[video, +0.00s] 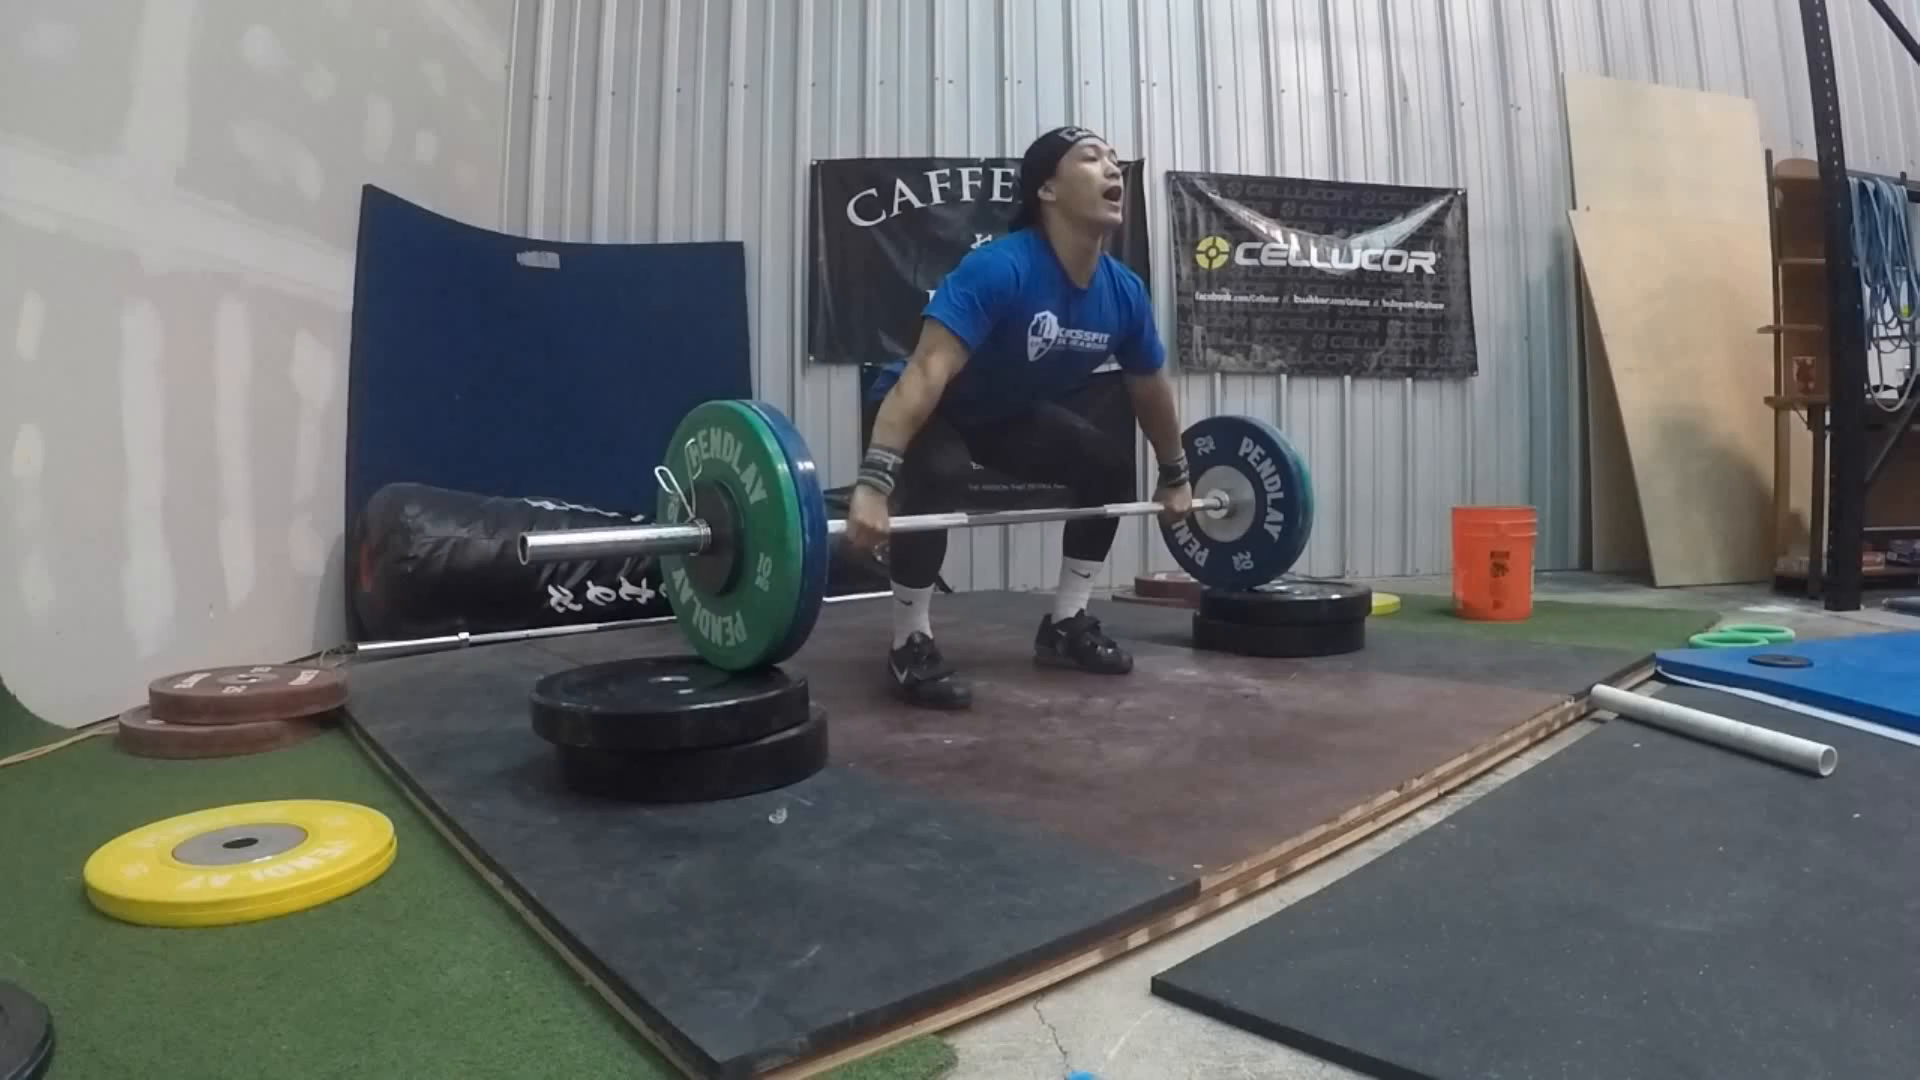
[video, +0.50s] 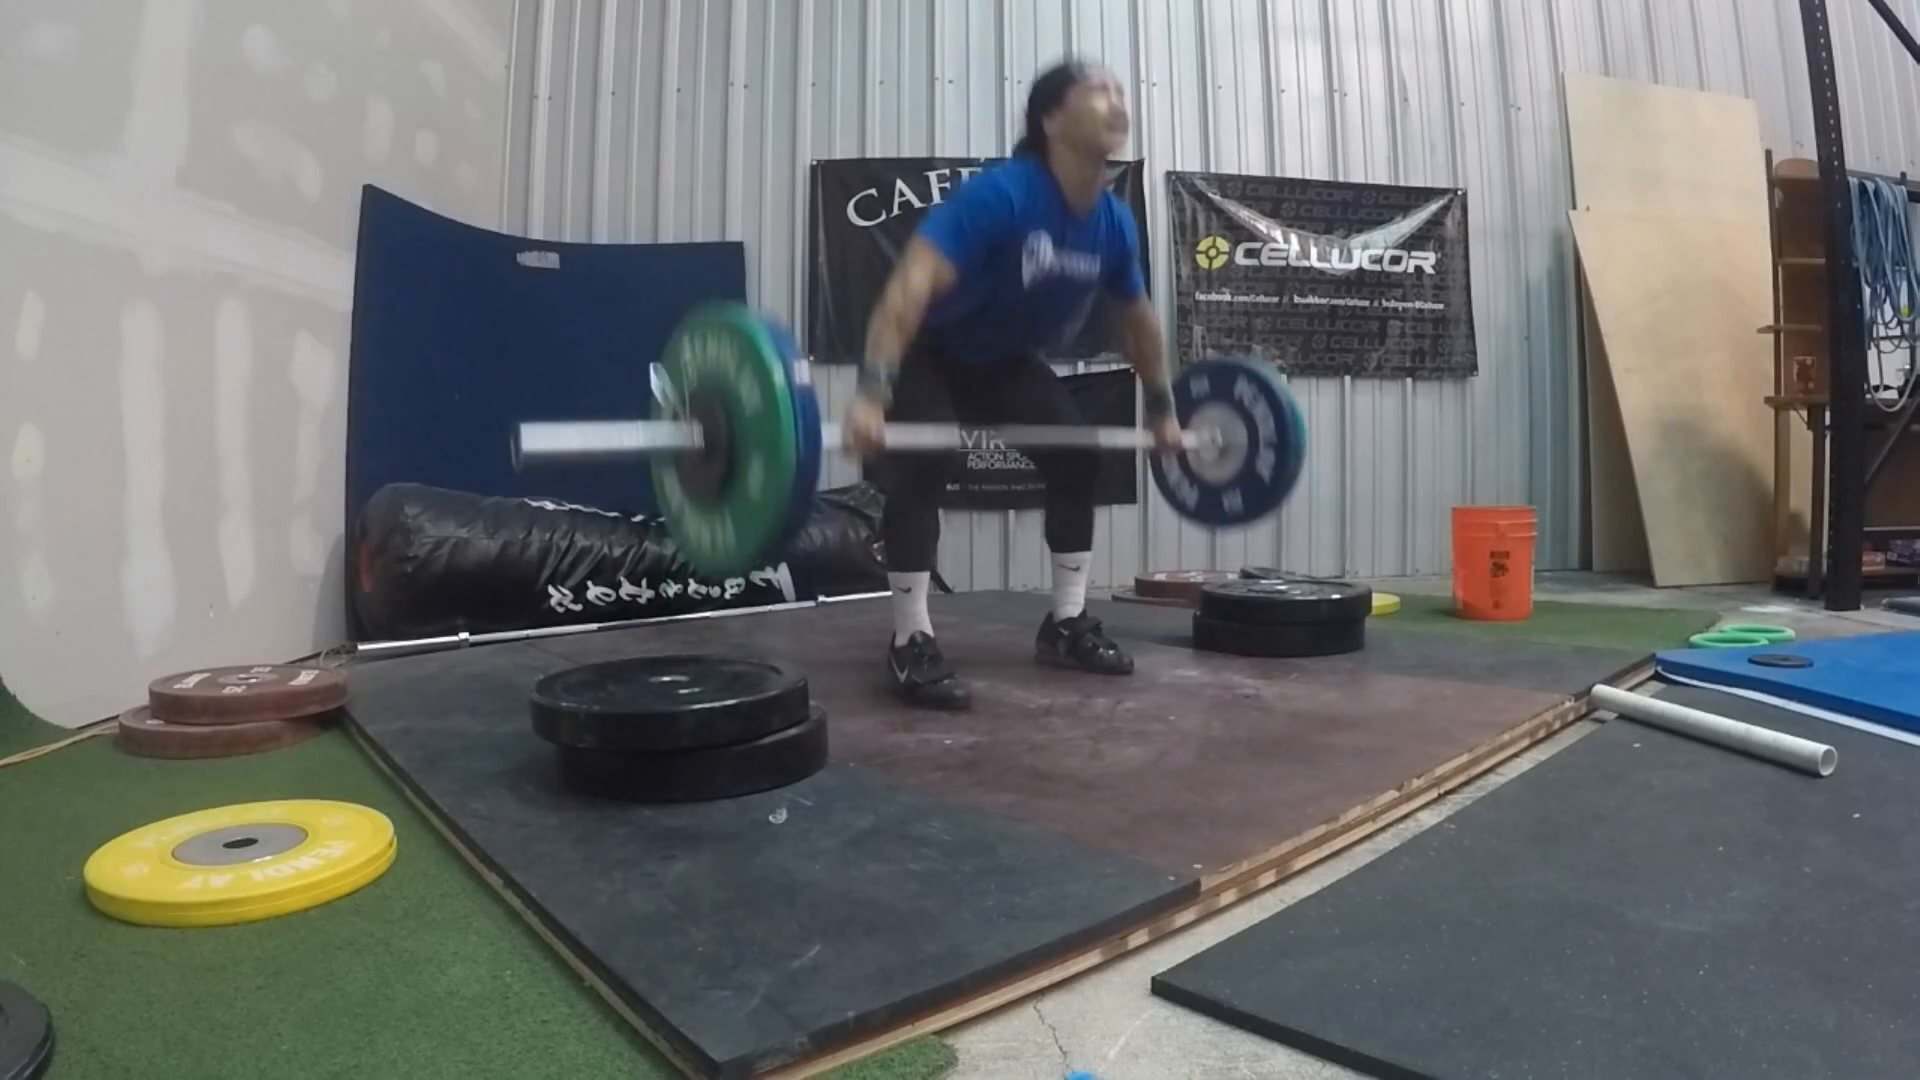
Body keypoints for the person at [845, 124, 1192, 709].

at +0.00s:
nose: (1114, 168)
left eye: (1114, 160)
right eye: (1092, 159)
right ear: (1048, 191)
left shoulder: (1124, 293)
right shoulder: (997, 268)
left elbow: (1150, 388)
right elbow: (928, 368)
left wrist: (1175, 476)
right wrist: (874, 480)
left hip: (1008, 415)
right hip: (930, 411)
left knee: (1109, 460)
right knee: (938, 472)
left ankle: (1066, 623)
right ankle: (911, 643)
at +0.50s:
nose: (1119, 106)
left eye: (1120, 94)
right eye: (1099, 93)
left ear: (1119, 121)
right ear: (1052, 120)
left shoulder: (1112, 221)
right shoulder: (996, 194)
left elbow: (1137, 315)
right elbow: (911, 281)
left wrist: (1162, 408)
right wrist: (873, 391)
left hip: (1005, 360)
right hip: (927, 353)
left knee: (1076, 450)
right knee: (921, 457)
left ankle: (1067, 622)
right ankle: (911, 640)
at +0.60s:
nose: (1093, 46)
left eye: (1091, 37)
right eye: (1072, 37)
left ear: (1093, 69)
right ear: (1031, 67)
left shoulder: (1103, 171)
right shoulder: (986, 143)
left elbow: (1128, 267)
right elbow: (898, 213)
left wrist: (1154, 357)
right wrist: (863, 318)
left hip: (1013, 343)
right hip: (926, 335)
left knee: (1075, 458)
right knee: (931, 464)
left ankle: (1066, 621)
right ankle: (914, 639)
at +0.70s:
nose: (1020, 15)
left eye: (1022, 9)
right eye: (1000, 9)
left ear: (1028, 35)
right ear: (964, 36)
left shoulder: (1060, 120)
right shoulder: (947, 94)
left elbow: (1100, 208)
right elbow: (870, 154)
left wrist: (1148, 295)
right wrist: (855, 247)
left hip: (1052, 325)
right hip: (974, 320)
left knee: (1120, 462)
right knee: (980, 451)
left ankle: (1078, 614)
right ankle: (922, 631)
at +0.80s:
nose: (943, 11)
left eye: (942, 7)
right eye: (924, 9)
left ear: (950, 36)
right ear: (892, 37)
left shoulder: (1005, 104)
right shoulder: (890, 75)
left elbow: (1072, 174)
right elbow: (840, 117)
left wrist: (1144, 233)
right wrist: (852, 167)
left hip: (1051, 268)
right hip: (975, 265)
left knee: (1075, 419)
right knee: (964, 414)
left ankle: (1087, 600)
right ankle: (923, 618)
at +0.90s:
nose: (914, 71)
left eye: (914, 66)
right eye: (897, 68)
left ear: (926, 89)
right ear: (867, 90)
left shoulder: (969, 144)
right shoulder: (870, 134)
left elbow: (1046, 191)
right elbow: (812, 155)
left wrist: (1137, 190)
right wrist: (837, 123)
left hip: (1024, 306)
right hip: (961, 304)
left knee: (1102, 449)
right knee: (953, 452)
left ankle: (1046, 599)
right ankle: (879, 619)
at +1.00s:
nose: (951, 152)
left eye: (948, 143)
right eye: (932, 142)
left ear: (949, 161)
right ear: (894, 161)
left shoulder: (984, 223)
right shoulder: (877, 211)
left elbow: (1049, 249)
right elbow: (799, 206)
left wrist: (1113, 190)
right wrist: (820, 123)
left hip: (1009, 427)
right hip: (937, 430)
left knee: (1129, 512)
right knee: (924, 528)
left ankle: (1030, 613)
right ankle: (869, 638)